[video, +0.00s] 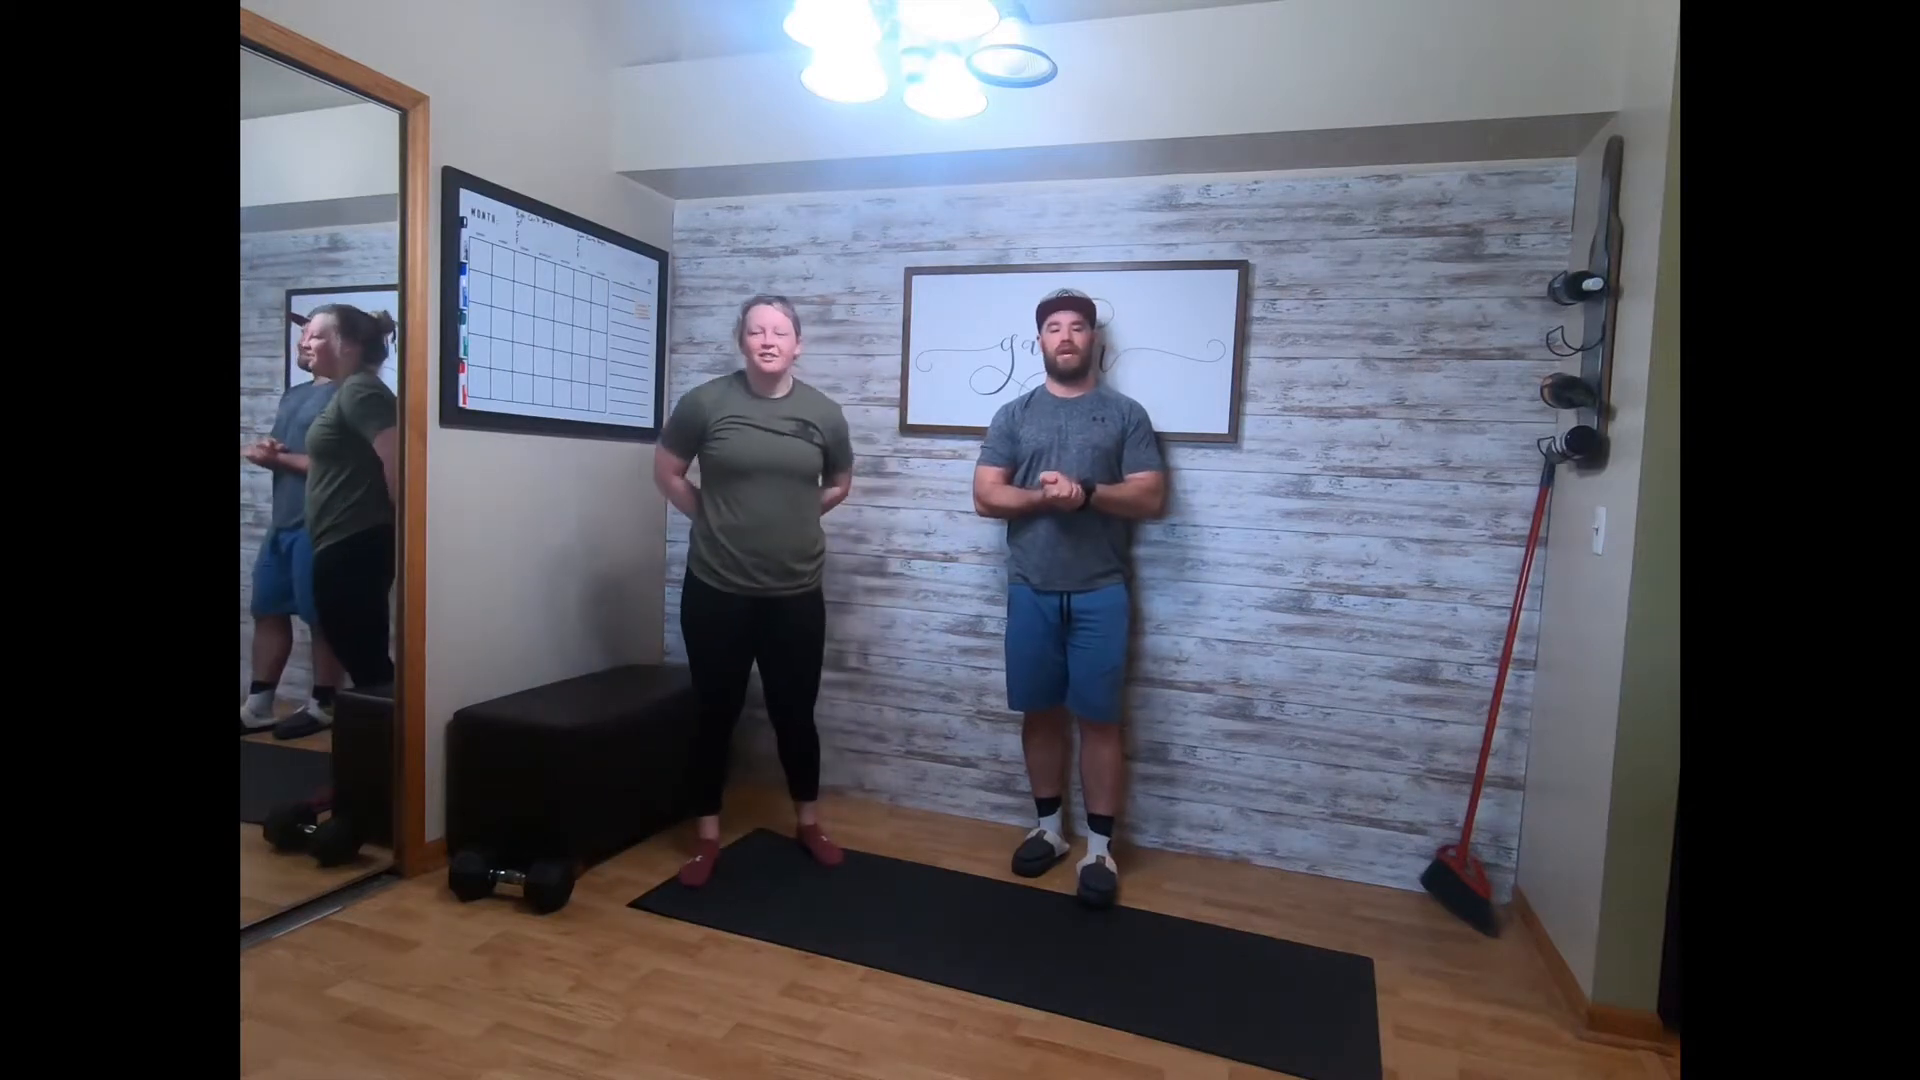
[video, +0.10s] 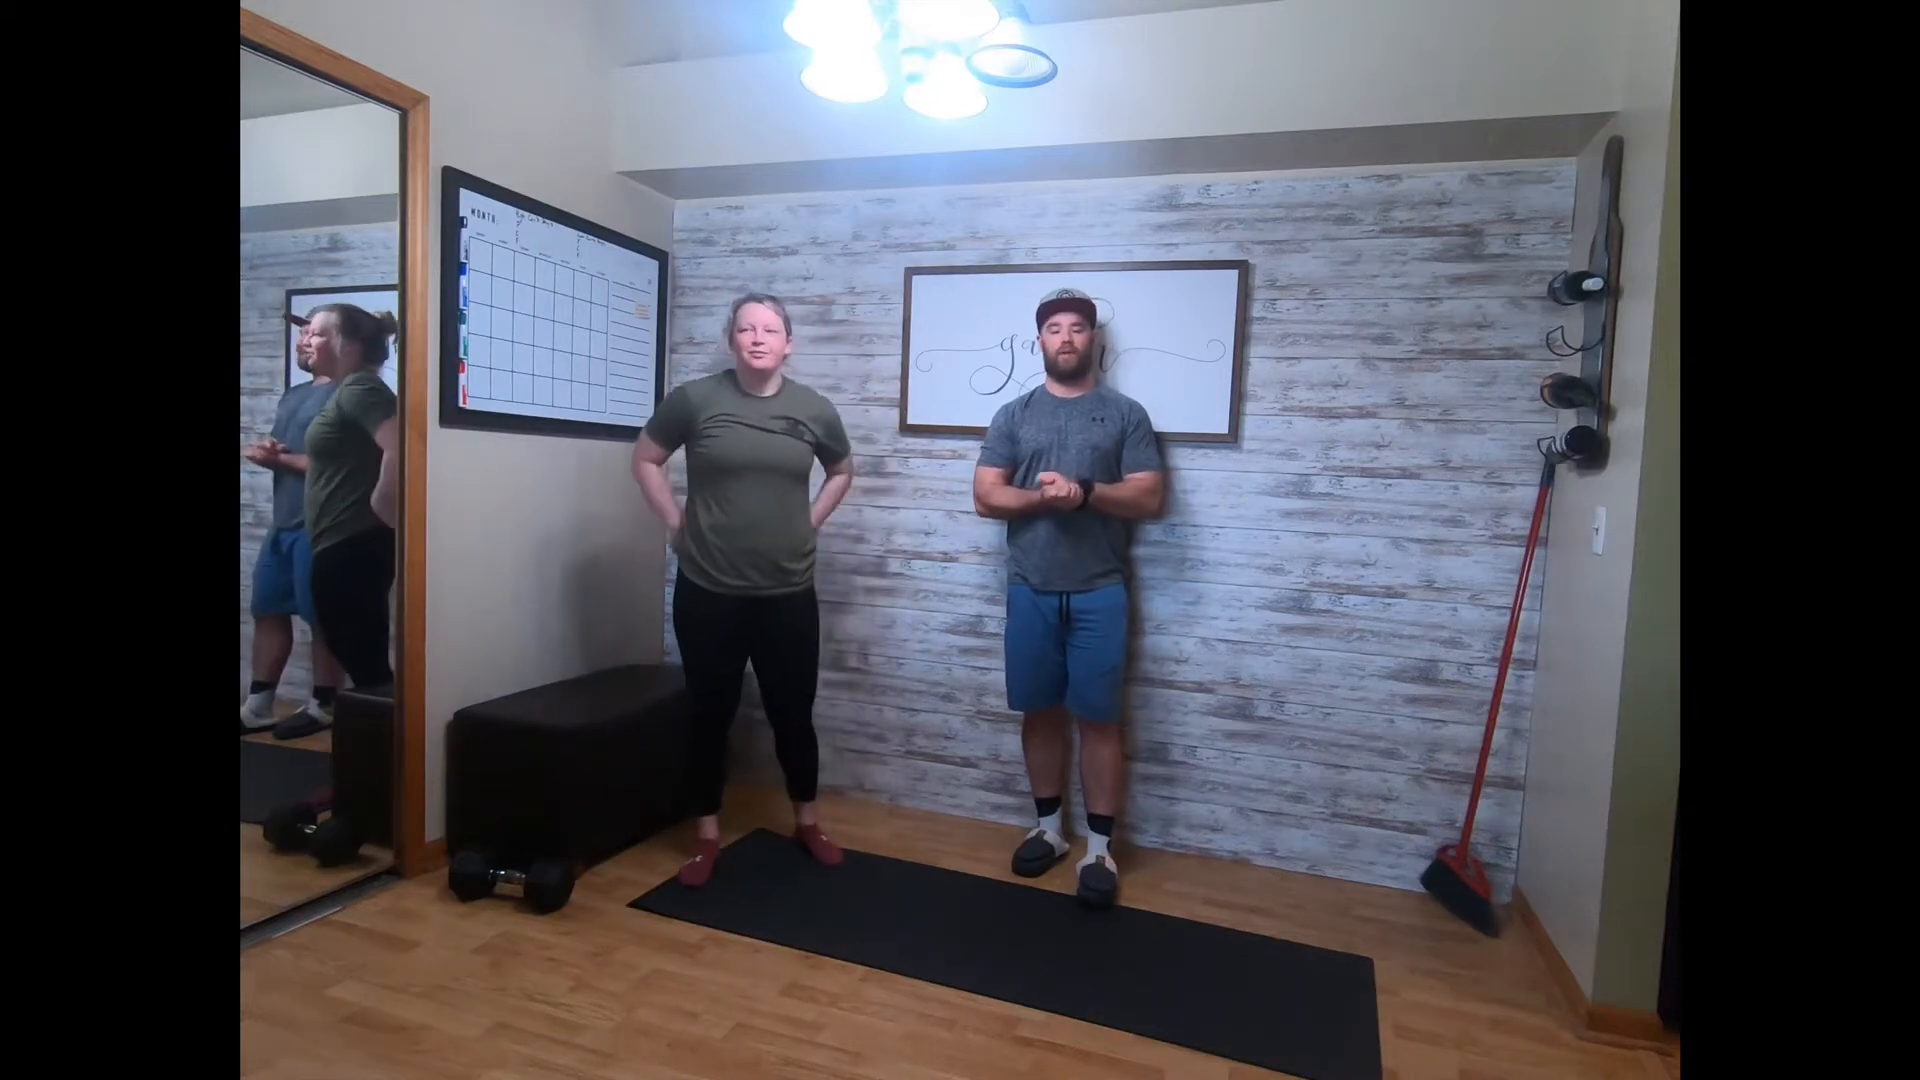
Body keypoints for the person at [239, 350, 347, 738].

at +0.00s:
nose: (305, 343)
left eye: (316, 336)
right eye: (304, 336)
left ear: (336, 346)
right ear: (301, 343)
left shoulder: (343, 395)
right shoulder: (292, 395)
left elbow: (334, 465)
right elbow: (287, 448)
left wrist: (277, 459)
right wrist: (272, 450)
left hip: (320, 527)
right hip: (282, 526)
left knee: (322, 618)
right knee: (268, 610)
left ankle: (324, 706)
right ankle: (259, 704)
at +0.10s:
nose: (304, 340)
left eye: (314, 334)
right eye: (303, 332)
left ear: (334, 344)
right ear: (301, 341)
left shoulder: (343, 396)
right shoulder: (292, 396)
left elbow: (336, 465)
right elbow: (293, 455)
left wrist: (284, 458)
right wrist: (269, 452)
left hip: (319, 526)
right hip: (283, 525)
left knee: (322, 619)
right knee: (269, 610)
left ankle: (324, 707)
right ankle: (259, 704)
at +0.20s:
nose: (303, 339)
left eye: (313, 333)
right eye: (303, 332)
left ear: (334, 345)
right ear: (302, 341)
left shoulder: (343, 394)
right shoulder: (291, 395)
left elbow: (337, 466)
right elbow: (287, 450)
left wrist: (283, 458)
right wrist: (269, 451)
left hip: (320, 527)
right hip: (283, 526)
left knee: (322, 621)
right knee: (269, 611)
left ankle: (324, 706)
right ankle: (259, 704)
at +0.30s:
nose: (308, 340)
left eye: (317, 334)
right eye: (305, 333)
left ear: (335, 345)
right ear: (300, 342)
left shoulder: (345, 394)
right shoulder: (290, 397)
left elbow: (331, 465)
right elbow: (287, 455)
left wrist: (280, 456)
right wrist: (270, 452)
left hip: (320, 525)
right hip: (283, 525)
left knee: (323, 620)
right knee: (271, 611)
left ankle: (325, 706)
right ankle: (259, 704)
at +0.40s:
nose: (301, 340)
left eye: (311, 333)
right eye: (301, 333)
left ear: (329, 344)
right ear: (300, 343)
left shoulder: (339, 394)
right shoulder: (292, 396)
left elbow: (334, 465)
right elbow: (290, 453)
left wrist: (281, 458)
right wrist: (270, 451)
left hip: (320, 525)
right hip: (284, 525)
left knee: (322, 620)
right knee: (271, 611)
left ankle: (324, 706)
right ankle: (259, 704)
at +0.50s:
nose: (301, 338)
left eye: (311, 333)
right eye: (301, 332)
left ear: (330, 345)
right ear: (302, 345)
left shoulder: (342, 394)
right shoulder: (291, 397)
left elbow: (335, 465)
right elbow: (294, 460)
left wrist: (281, 457)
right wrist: (271, 452)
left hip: (321, 525)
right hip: (284, 525)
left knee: (323, 620)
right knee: (271, 611)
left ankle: (324, 706)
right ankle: (259, 703)